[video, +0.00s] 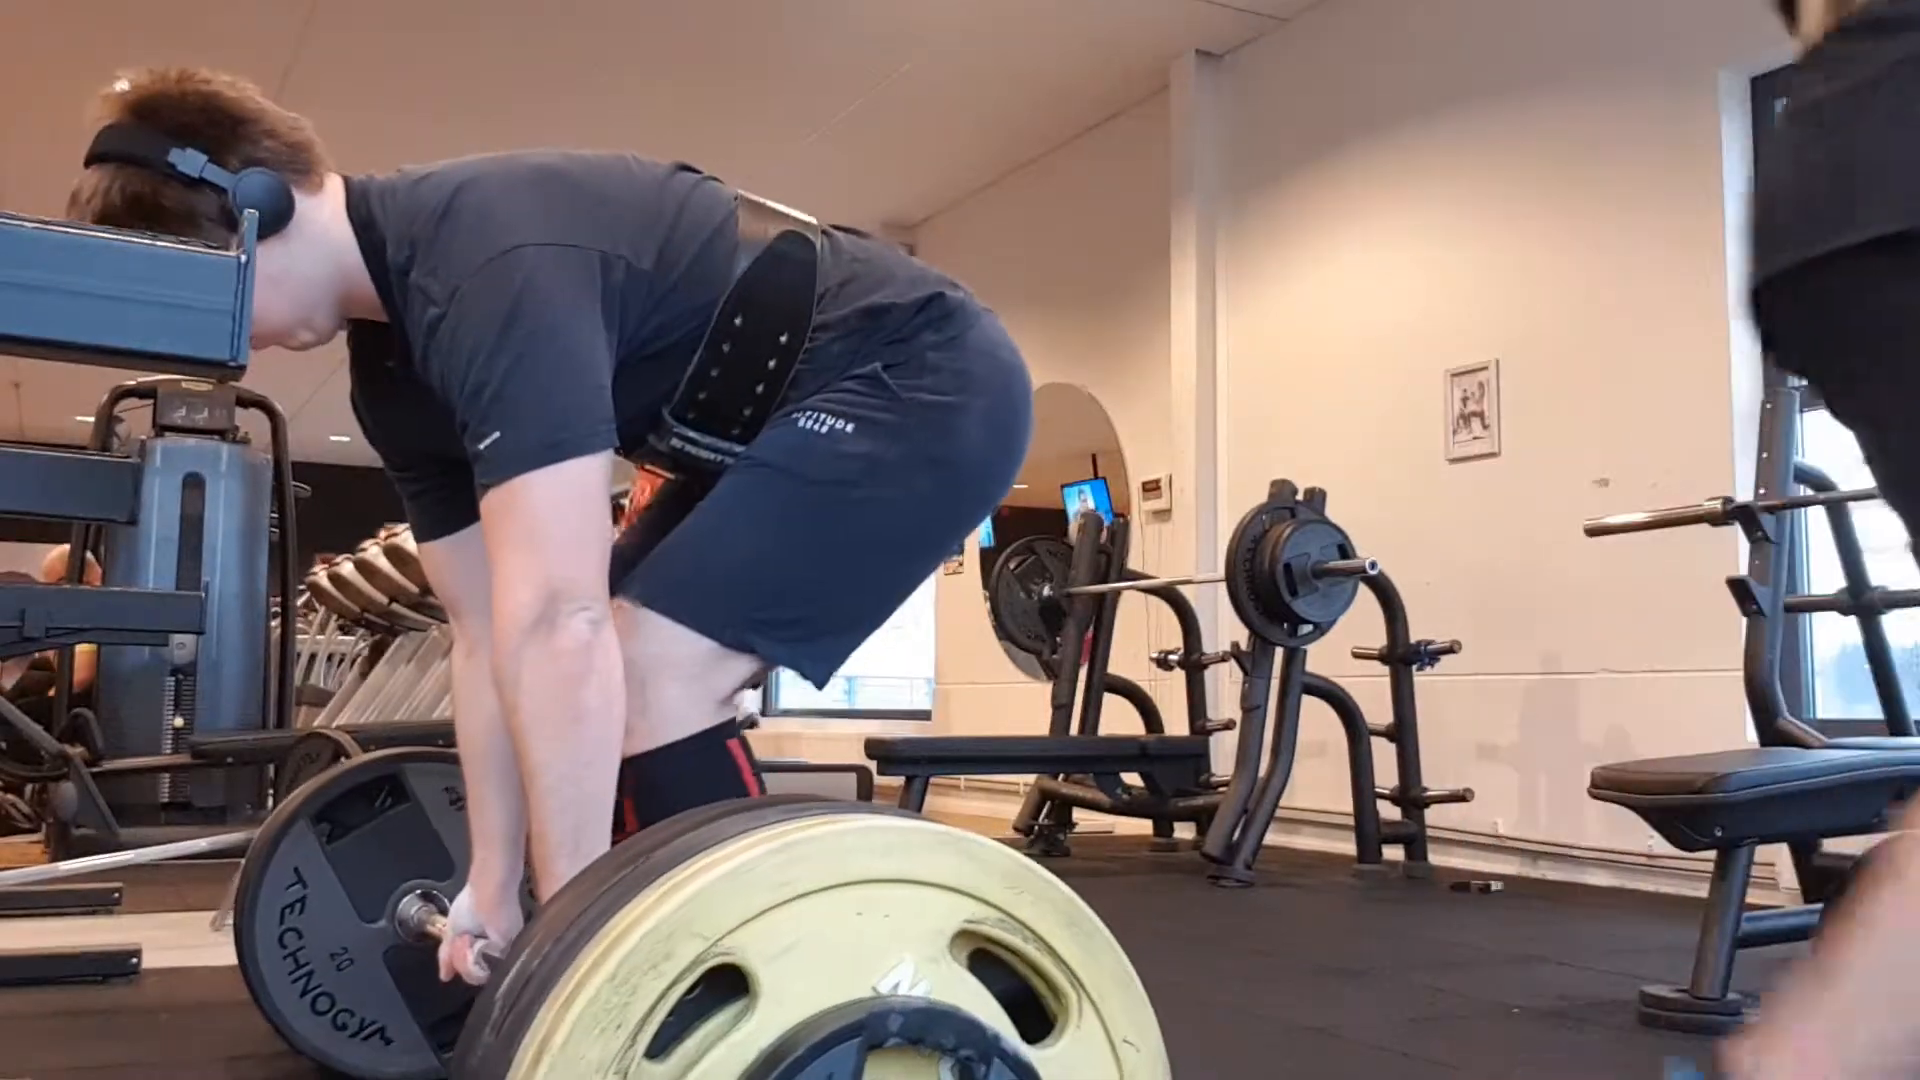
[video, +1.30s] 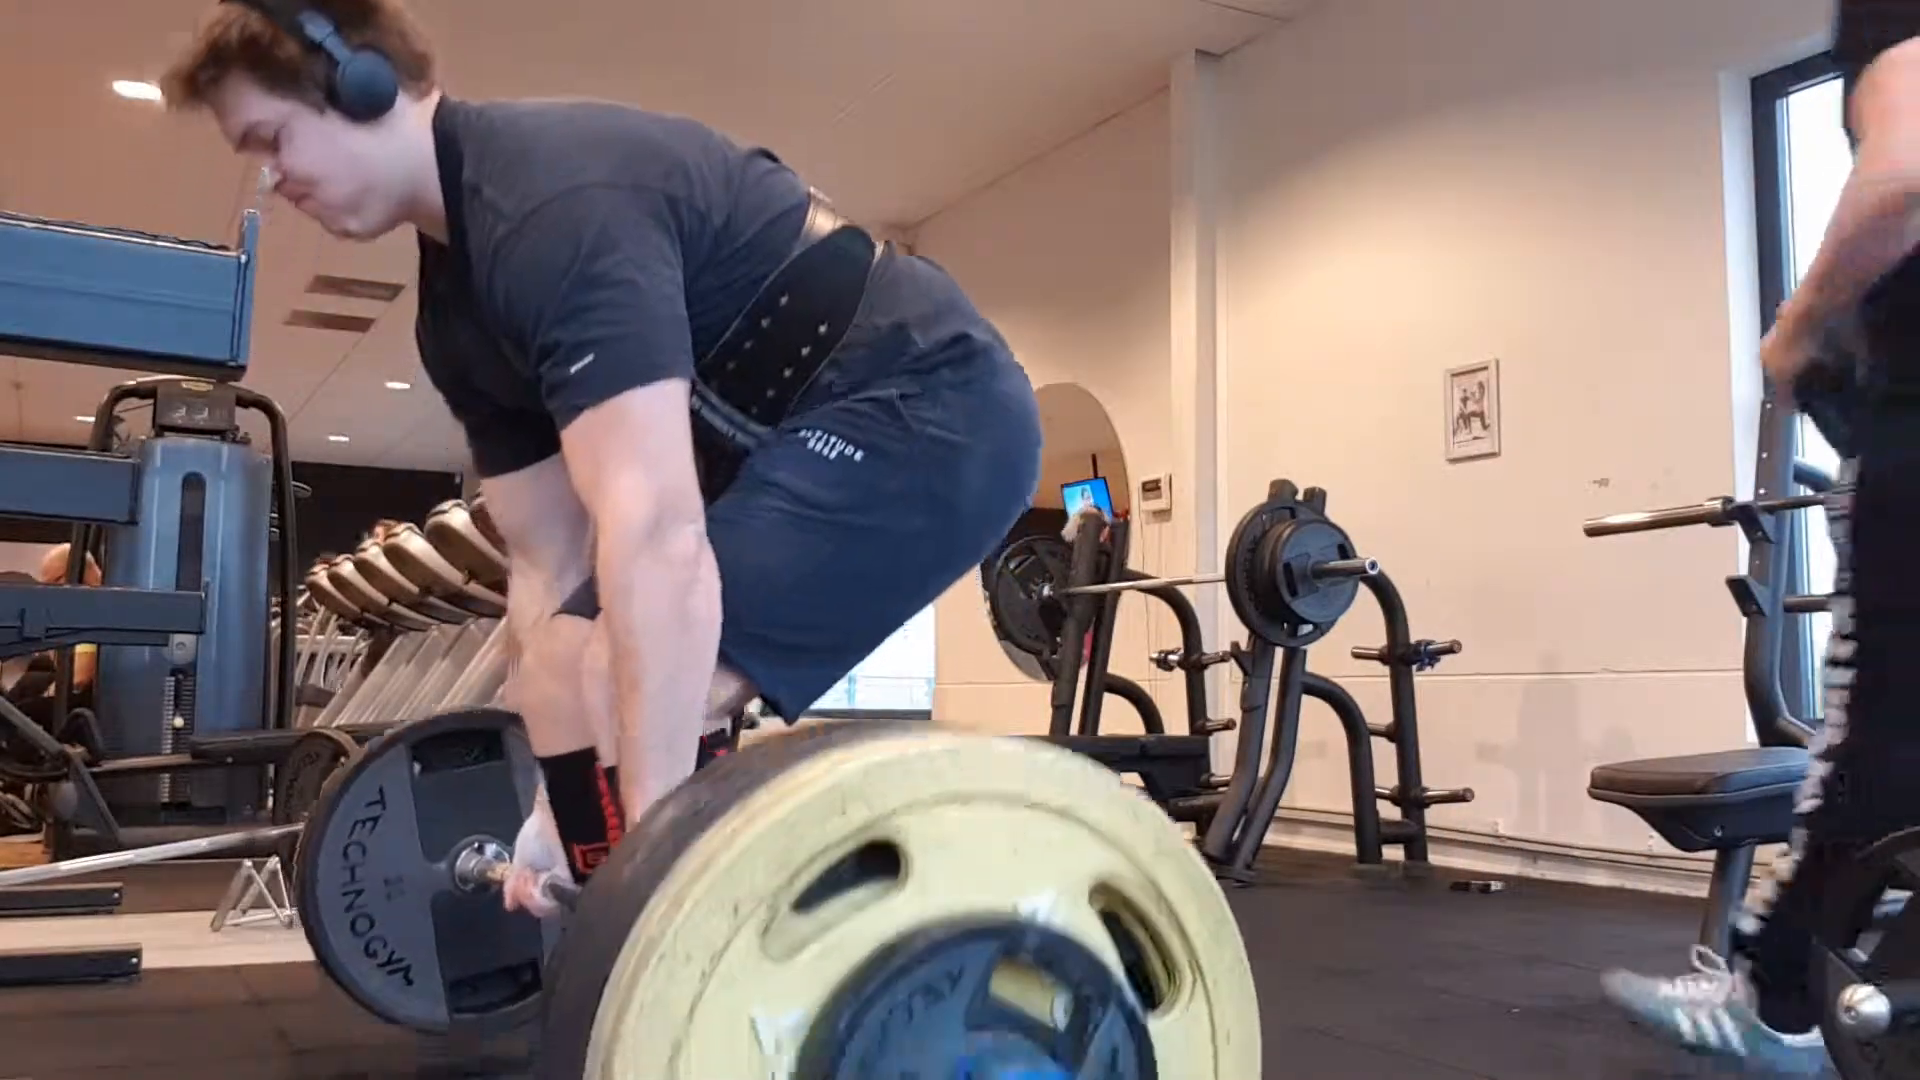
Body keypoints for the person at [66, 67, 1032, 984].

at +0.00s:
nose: (236, 337)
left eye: (216, 290)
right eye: (206, 311)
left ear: (252, 207)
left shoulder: (497, 259)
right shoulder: (391, 363)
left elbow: (562, 625)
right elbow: (483, 632)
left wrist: (578, 934)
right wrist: (494, 888)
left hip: (906, 369)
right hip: (799, 411)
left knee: (651, 684)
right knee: (610, 677)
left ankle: (751, 1009)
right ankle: (714, 1010)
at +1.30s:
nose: (269, 185)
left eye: (270, 141)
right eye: (251, 161)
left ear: (358, 78)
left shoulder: (562, 205)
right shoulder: (455, 307)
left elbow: (659, 537)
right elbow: (546, 555)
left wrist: (656, 856)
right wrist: (552, 812)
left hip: (919, 404)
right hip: (808, 437)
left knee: (627, 690)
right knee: (553, 670)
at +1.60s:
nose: (314, 4)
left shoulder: (591, 67)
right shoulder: (477, 175)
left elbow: (669, 386)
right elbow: (554, 439)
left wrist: (672, 688)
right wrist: (567, 694)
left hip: (913, 341)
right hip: (782, 384)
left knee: (734, 666)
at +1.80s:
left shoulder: (621, 8)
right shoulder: (489, 68)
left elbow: (681, 247)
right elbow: (562, 321)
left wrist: (683, 553)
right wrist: (580, 578)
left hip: (896, 311)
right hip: (755, 337)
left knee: (748, 722)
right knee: (673, 706)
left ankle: (718, 1056)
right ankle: (677, 1047)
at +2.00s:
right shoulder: (531, 17)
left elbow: (710, 98)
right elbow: (582, 199)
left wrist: (748, 405)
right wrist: (587, 467)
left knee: (688, 661)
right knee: (649, 653)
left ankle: (712, 1053)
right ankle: (679, 1042)